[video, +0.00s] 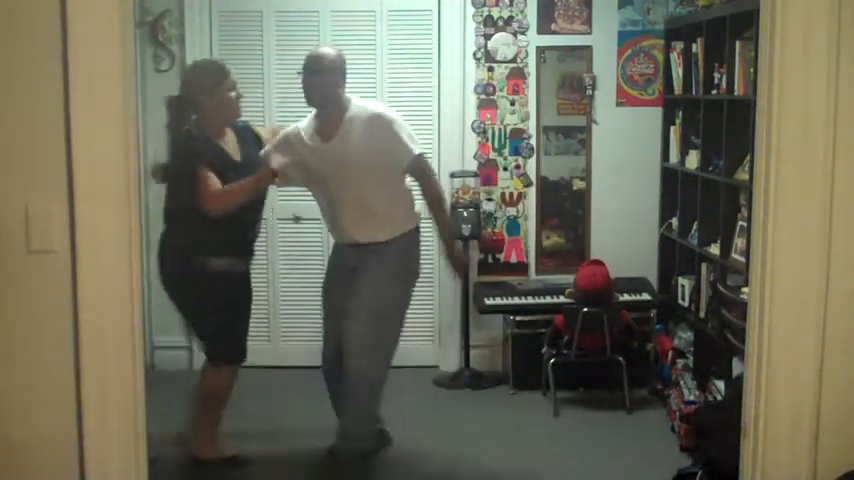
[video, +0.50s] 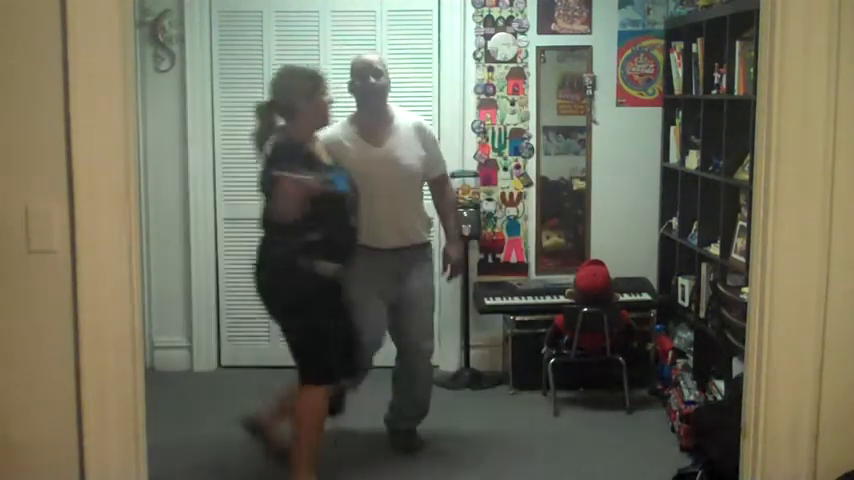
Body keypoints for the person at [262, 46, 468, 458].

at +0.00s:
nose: (310, 82)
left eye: (320, 74)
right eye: (307, 74)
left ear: (341, 79)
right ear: (301, 80)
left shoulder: (377, 122)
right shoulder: (295, 140)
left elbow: (425, 175)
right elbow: (248, 178)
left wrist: (451, 243)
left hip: (394, 246)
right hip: (347, 248)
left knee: (364, 342)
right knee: (336, 349)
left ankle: (352, 446)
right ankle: (366, 432)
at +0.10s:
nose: (325, 73)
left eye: (334, 65)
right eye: (318, 65)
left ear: (349, 72)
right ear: (309, 74)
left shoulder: (387, 118)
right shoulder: (297, 138)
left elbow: (432, 163)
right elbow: (252, 178)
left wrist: (460, 219)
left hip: (398, 242)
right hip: (348, 245)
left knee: (382, 340)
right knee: (342, 345)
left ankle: (392, 440)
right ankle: (361, 434)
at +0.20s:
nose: (339, 65)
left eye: (347, 59)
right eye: (331, 59)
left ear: (361, 69)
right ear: (320, 72)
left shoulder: (396, 115)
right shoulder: (303, 135)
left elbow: (435, 163)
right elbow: (276, 194)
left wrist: (462, 213)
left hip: (404, 243)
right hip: (348, 245)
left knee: (404, 336)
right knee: (346, 341)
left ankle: (408, 416)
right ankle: (362, 427)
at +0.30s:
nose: (349, 66)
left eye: (356, 59)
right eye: (341, 60)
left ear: (370, 68)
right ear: (331, 72)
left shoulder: (406, 116)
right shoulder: (316, 135)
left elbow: (438, 168)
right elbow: (289, 194)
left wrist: (459, 218)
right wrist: (281, 251)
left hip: (411, 247)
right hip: (354, 250)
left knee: (419, 345)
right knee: (348, 346)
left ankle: (404, 422)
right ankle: (358, 427)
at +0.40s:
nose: (358, 76)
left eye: (366, 69)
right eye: (350, 71)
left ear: (381, 76)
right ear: (341, 82)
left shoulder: (414, 124)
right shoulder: (326, 143)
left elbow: (441, 179)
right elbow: (312, 205)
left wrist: (456, 232)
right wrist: (310, 261)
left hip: (413, 253)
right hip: (357, 255)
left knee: (414, 346)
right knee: (348, 342)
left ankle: (404, 424)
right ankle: (347, 418)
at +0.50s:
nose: (370, 83)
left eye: (377, 75)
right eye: (361, 77)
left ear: (389, 82)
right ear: (350, 87)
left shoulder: (416, 130)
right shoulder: (333, 142)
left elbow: (440, 185)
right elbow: (316, 201)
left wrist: (454, 238)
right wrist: (320, 255)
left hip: (414, 256)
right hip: (362, 258)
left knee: (418, 348)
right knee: (365, 337)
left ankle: (404, 425)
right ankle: (337, 384)